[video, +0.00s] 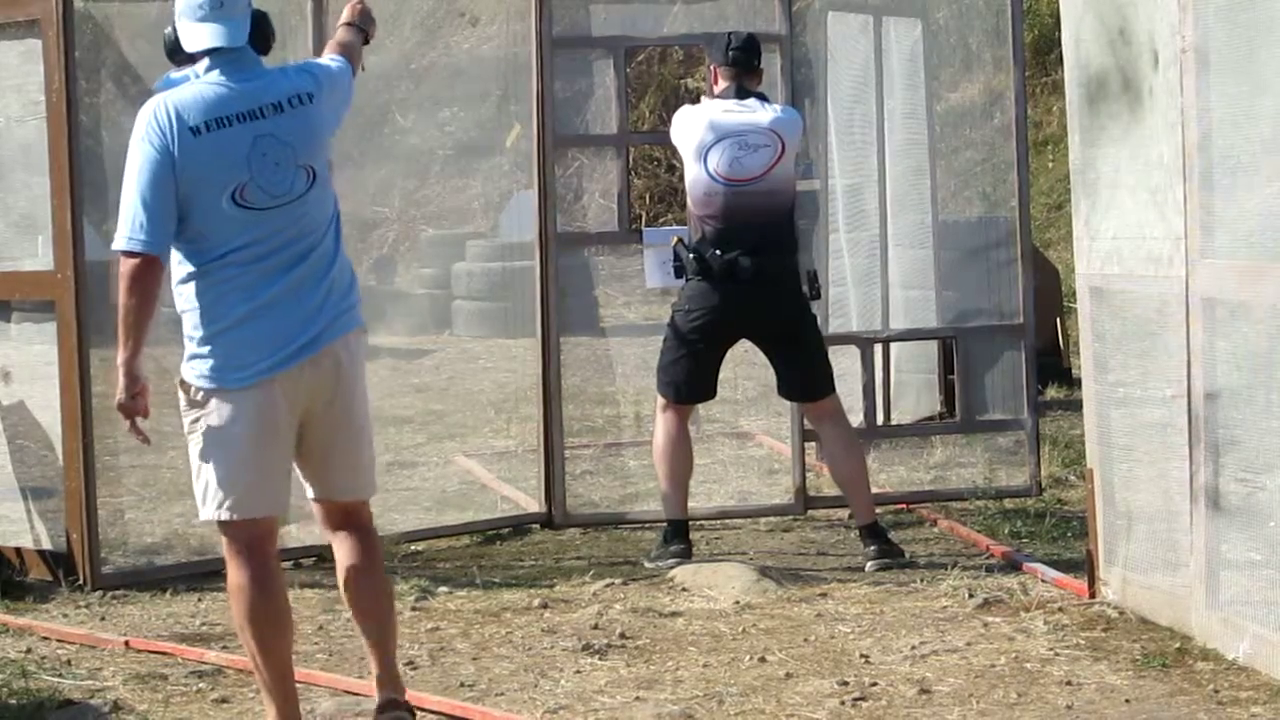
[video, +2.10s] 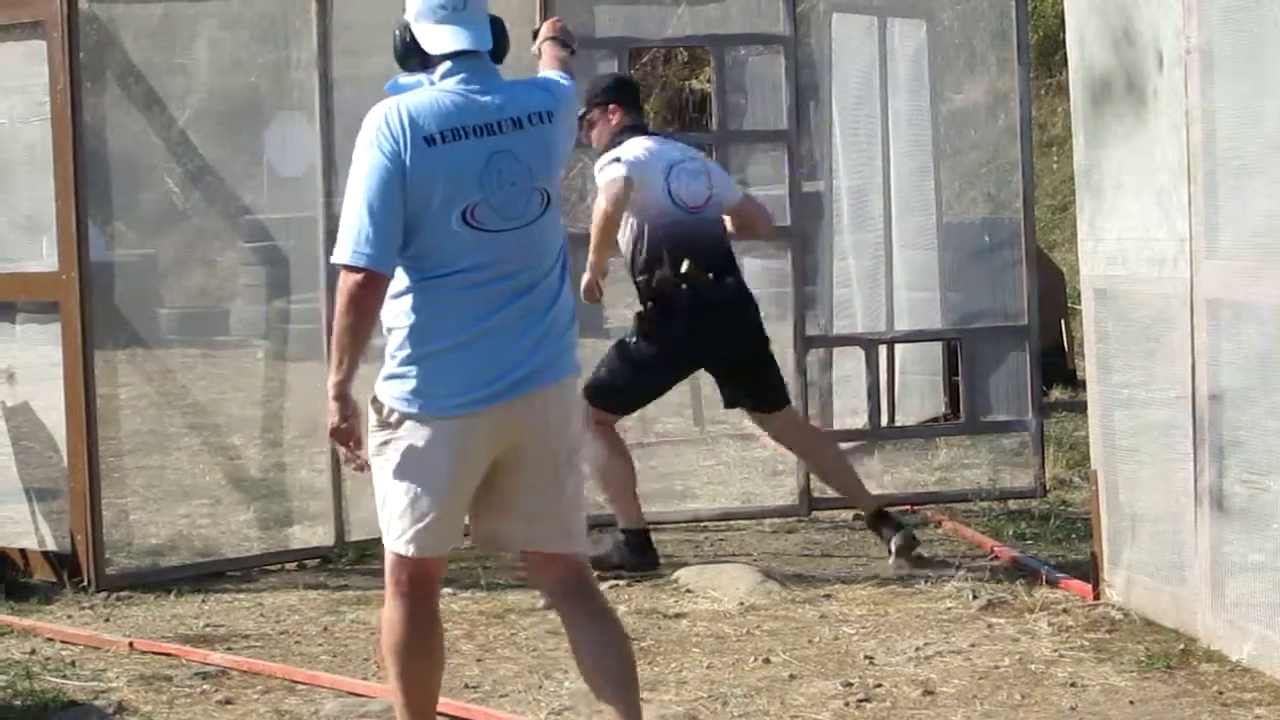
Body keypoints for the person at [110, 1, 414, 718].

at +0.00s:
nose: (172, 57)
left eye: (175, 47)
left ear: (180, 48)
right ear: (256, 35)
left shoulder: (164, 117)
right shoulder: (310, 89)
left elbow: (141, 259)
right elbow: (341, 53)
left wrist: (129, 363)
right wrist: (353, 24)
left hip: (232, 363)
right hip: (332, 335)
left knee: (251, 550)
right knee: (349, 516)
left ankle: (284, 709)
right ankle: (390, 687)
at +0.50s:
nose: (283, 63)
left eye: (281, 50)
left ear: (283, 53)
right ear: (361, 44)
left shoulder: (270, 126)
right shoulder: (409, 101)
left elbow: (245, 269)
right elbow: (422, 62)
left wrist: (223, 378)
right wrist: (426, 26)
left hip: (304, 372)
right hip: (409, 359)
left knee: (282, 554)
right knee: (429, 547)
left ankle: (286, 711)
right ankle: (470, 711)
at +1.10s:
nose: (359, 60)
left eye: (359, 46)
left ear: (363, 47)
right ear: (440, 37)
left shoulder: (346, 110)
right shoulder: (490, 97)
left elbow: (318, 253)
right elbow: (525, 59)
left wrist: (297, 367)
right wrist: (540, 22)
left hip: (382, 370)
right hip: (488, 361)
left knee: (371, 558)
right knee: (478, 557)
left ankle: (408, 713)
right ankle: (487, 715)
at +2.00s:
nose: (378, 62)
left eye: (380, 48)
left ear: (387, 49)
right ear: (469, 41)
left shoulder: (366, 119)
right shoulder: (524, 101)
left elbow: (334, 269)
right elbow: (548, 69)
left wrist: (311, 383)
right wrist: (551, 32)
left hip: (409, 388)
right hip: (518, 375)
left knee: (400, 583)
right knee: (536, 565)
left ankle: (410, 714)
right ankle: (599, 710)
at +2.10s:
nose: (403, 66)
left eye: (405, 52)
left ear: (413, 52)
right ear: (496, 46)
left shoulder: (395, 122)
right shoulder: (548, 102)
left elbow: (364, 275)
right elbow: (558, 73)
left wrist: (340, 388)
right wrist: (553, 38)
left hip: (435, 394)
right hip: (546, 379)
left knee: (412, 586)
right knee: (567, 578)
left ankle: (416, 713)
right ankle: (629, 713)